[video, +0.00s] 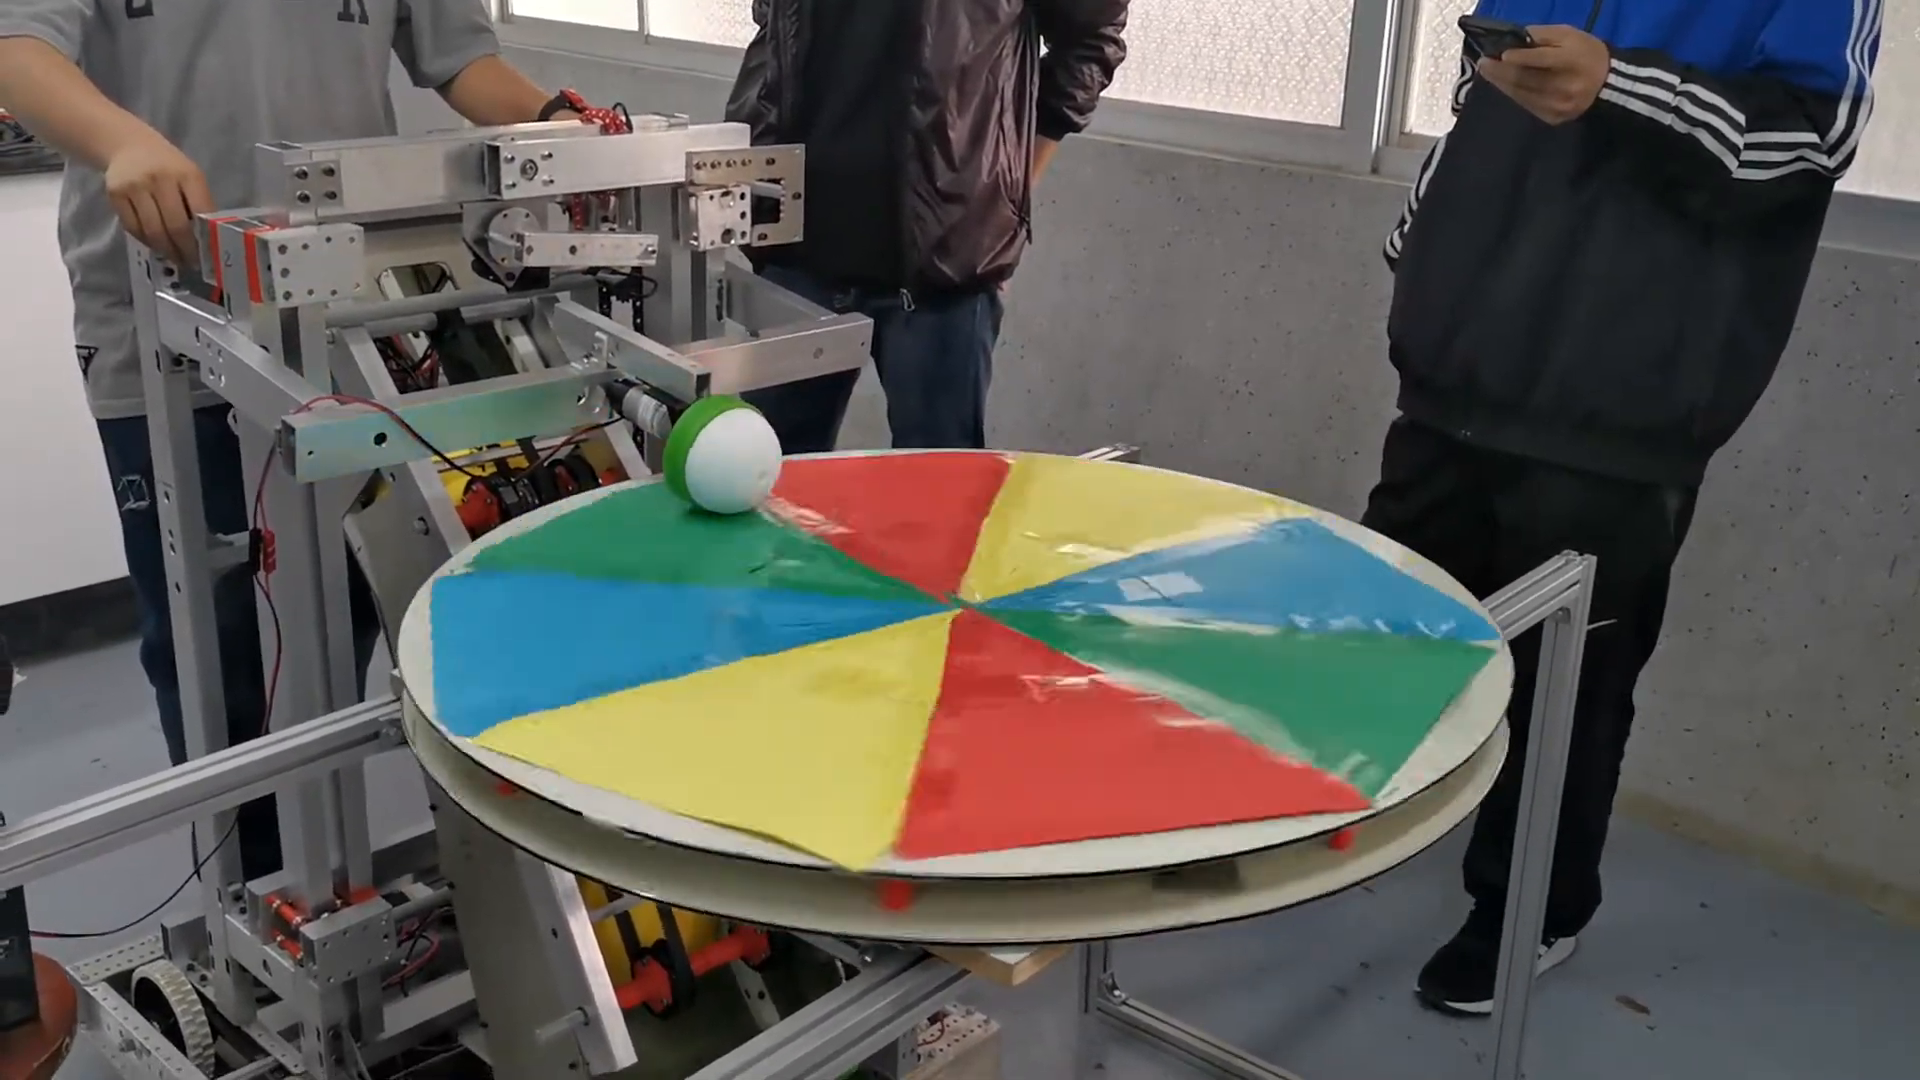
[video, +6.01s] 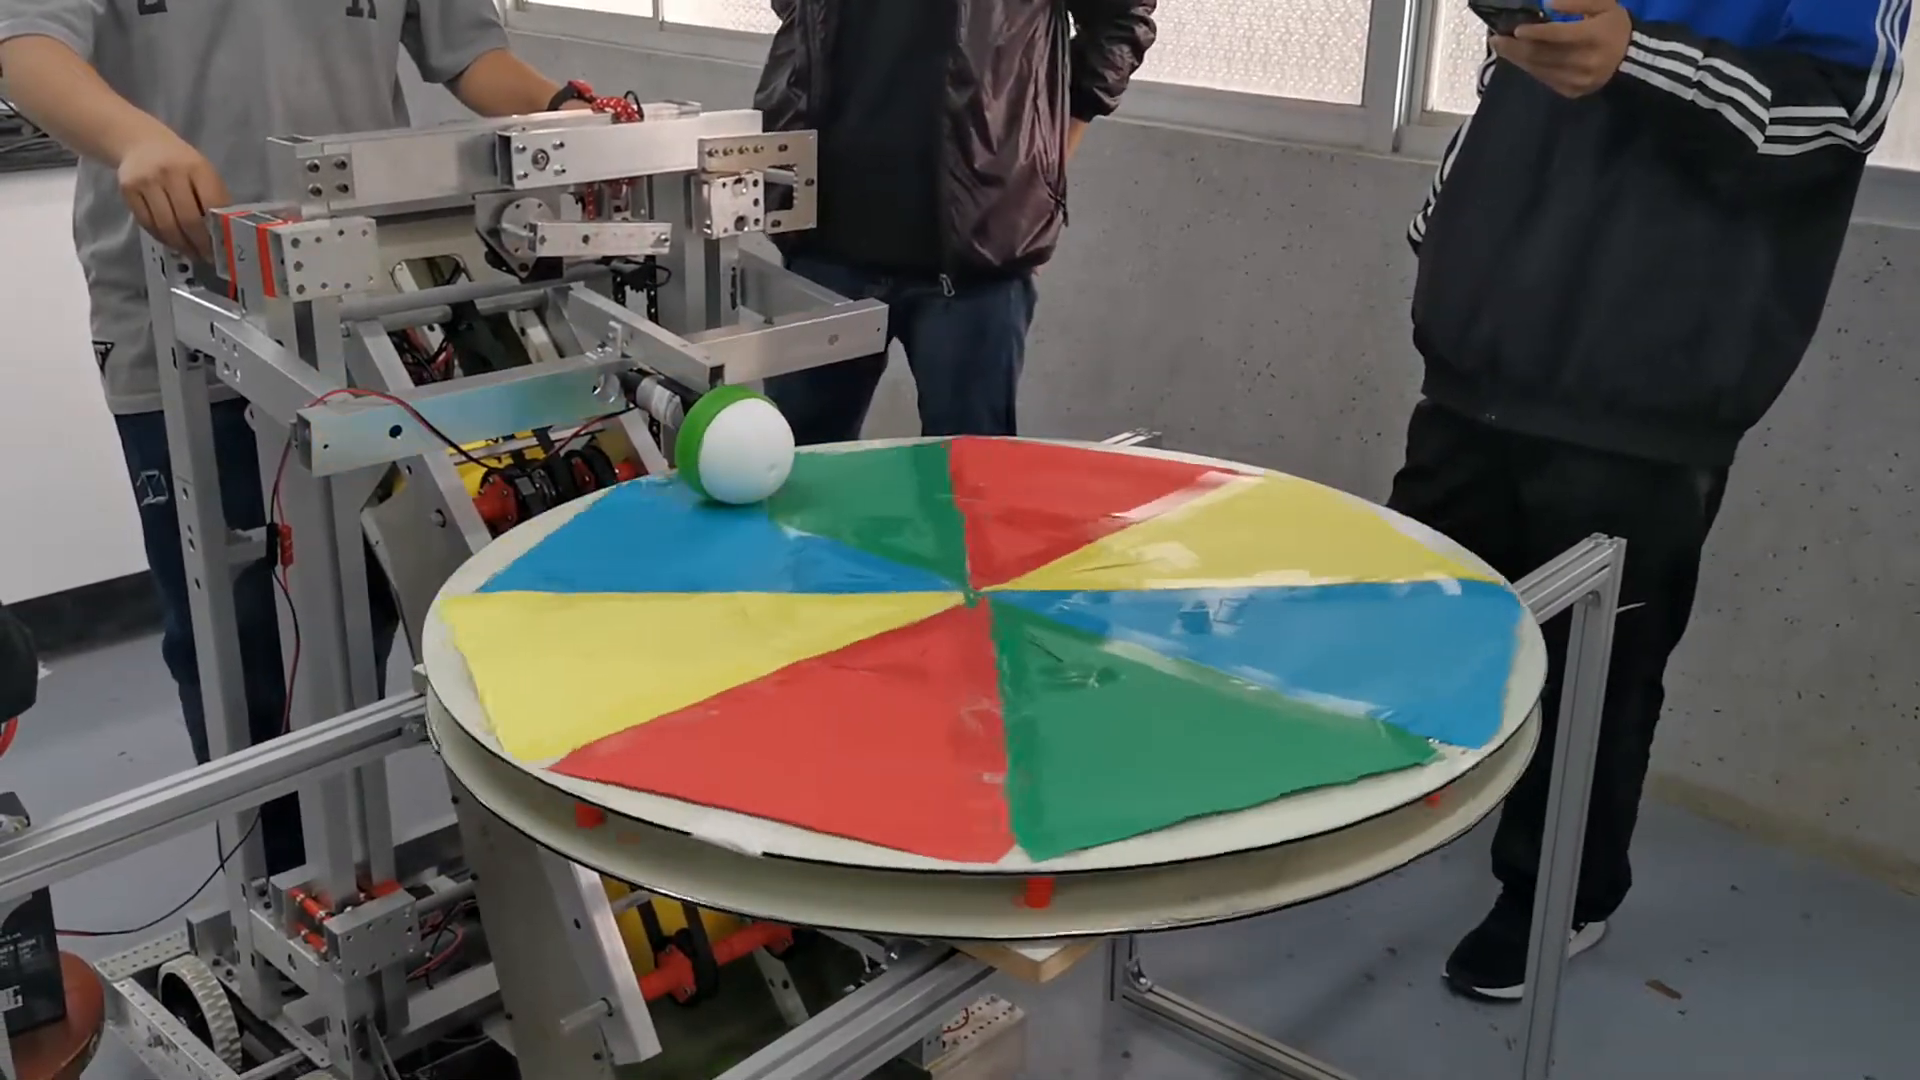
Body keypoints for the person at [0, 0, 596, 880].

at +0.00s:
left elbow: (453, 50)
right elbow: (18, 48)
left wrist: (559, 122)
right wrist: (119, 138)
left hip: (347, 323)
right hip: (162, 329)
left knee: (349, 608)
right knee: (206, 643)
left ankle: (337, 862)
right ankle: (253, 891)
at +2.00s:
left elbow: (452, 51)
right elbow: (18, 50)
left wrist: (556, 122)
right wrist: (118, 140)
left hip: (346, 324)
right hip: (163, 335)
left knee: (353, 611)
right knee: (211, 642)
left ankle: (347, 862)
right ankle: (258, 889)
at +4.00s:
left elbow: (461, 46)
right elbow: (23, 45)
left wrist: (559, 115)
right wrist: (123, 137)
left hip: (348, 314)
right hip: (167, 323)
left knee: (353, 600)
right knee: (214, 628)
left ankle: (346, 847)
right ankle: (262, 877)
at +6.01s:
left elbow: (462, 41)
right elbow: (26, 42)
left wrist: (560, 108)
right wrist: (133, 138)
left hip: (358, 312)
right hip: (179, 322)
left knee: (358, 604)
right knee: (226, 631)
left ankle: (350, 856)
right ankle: (275, 883)